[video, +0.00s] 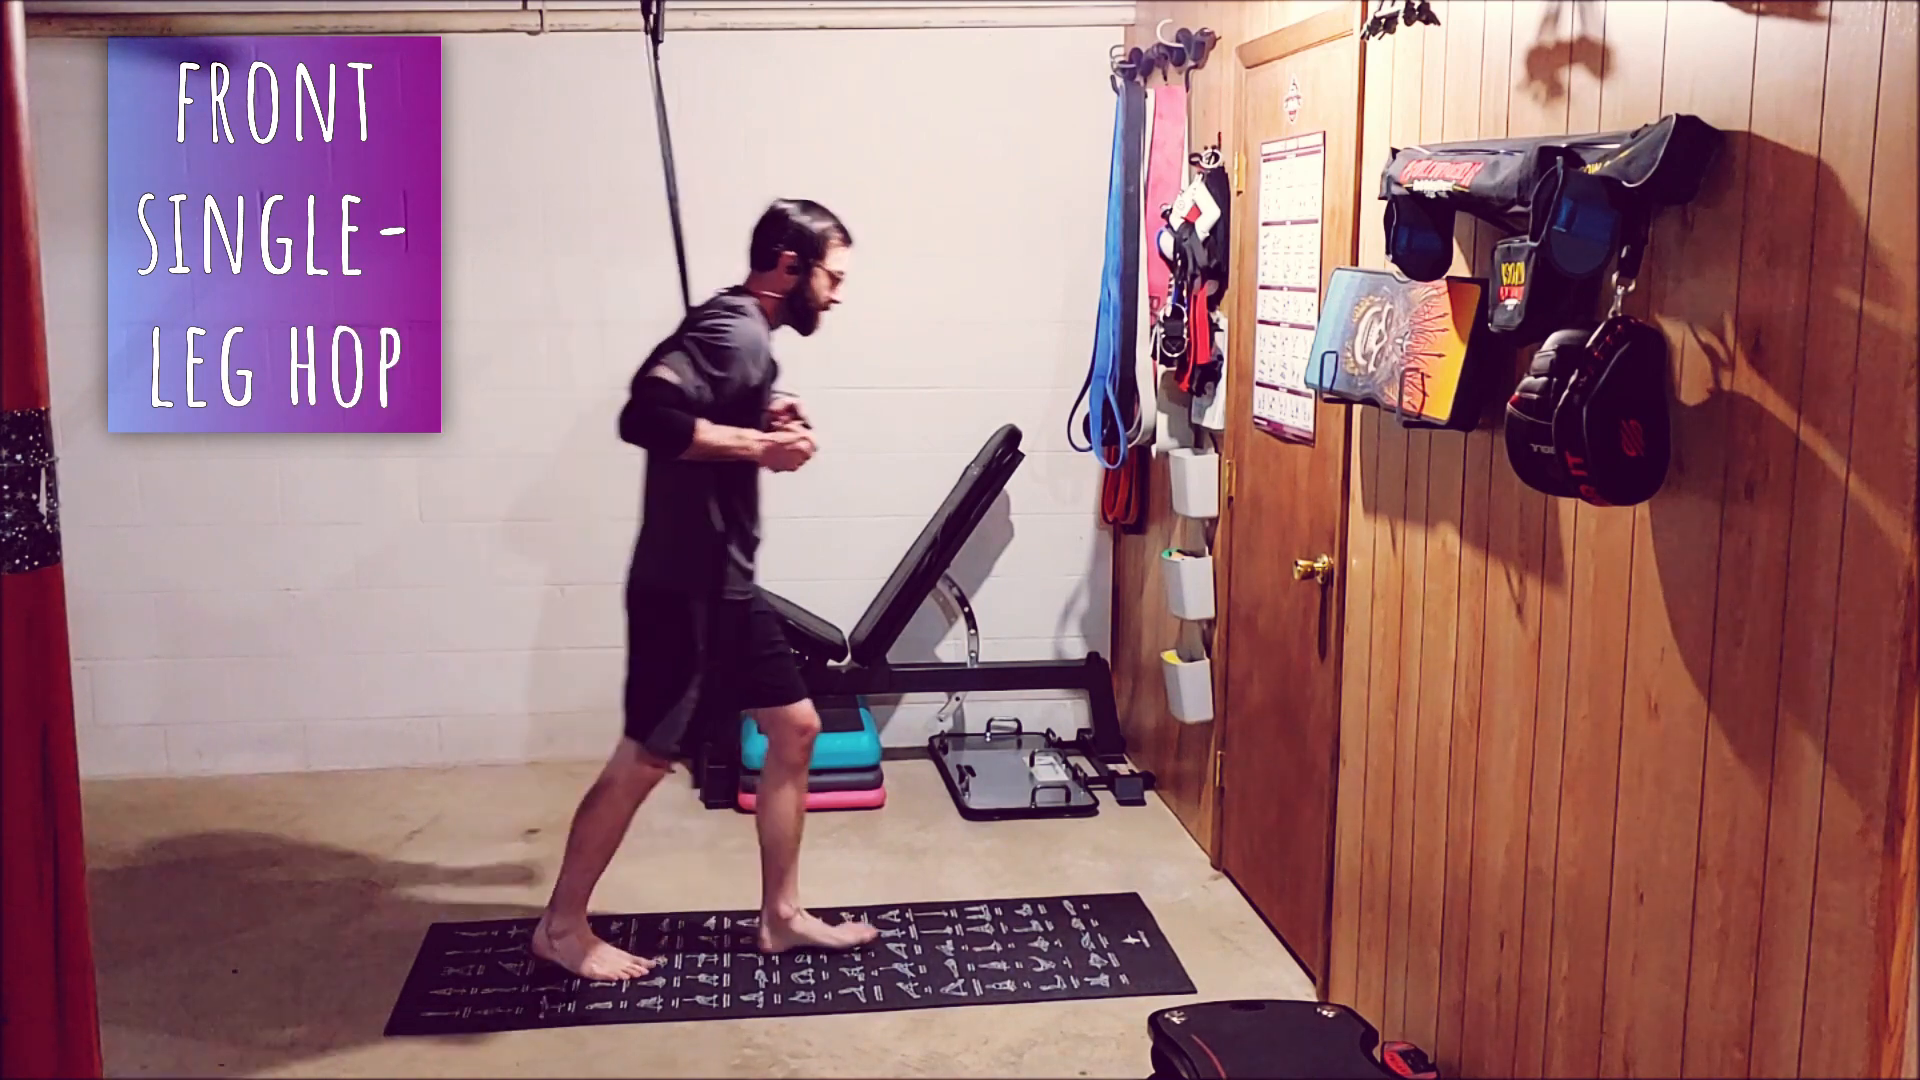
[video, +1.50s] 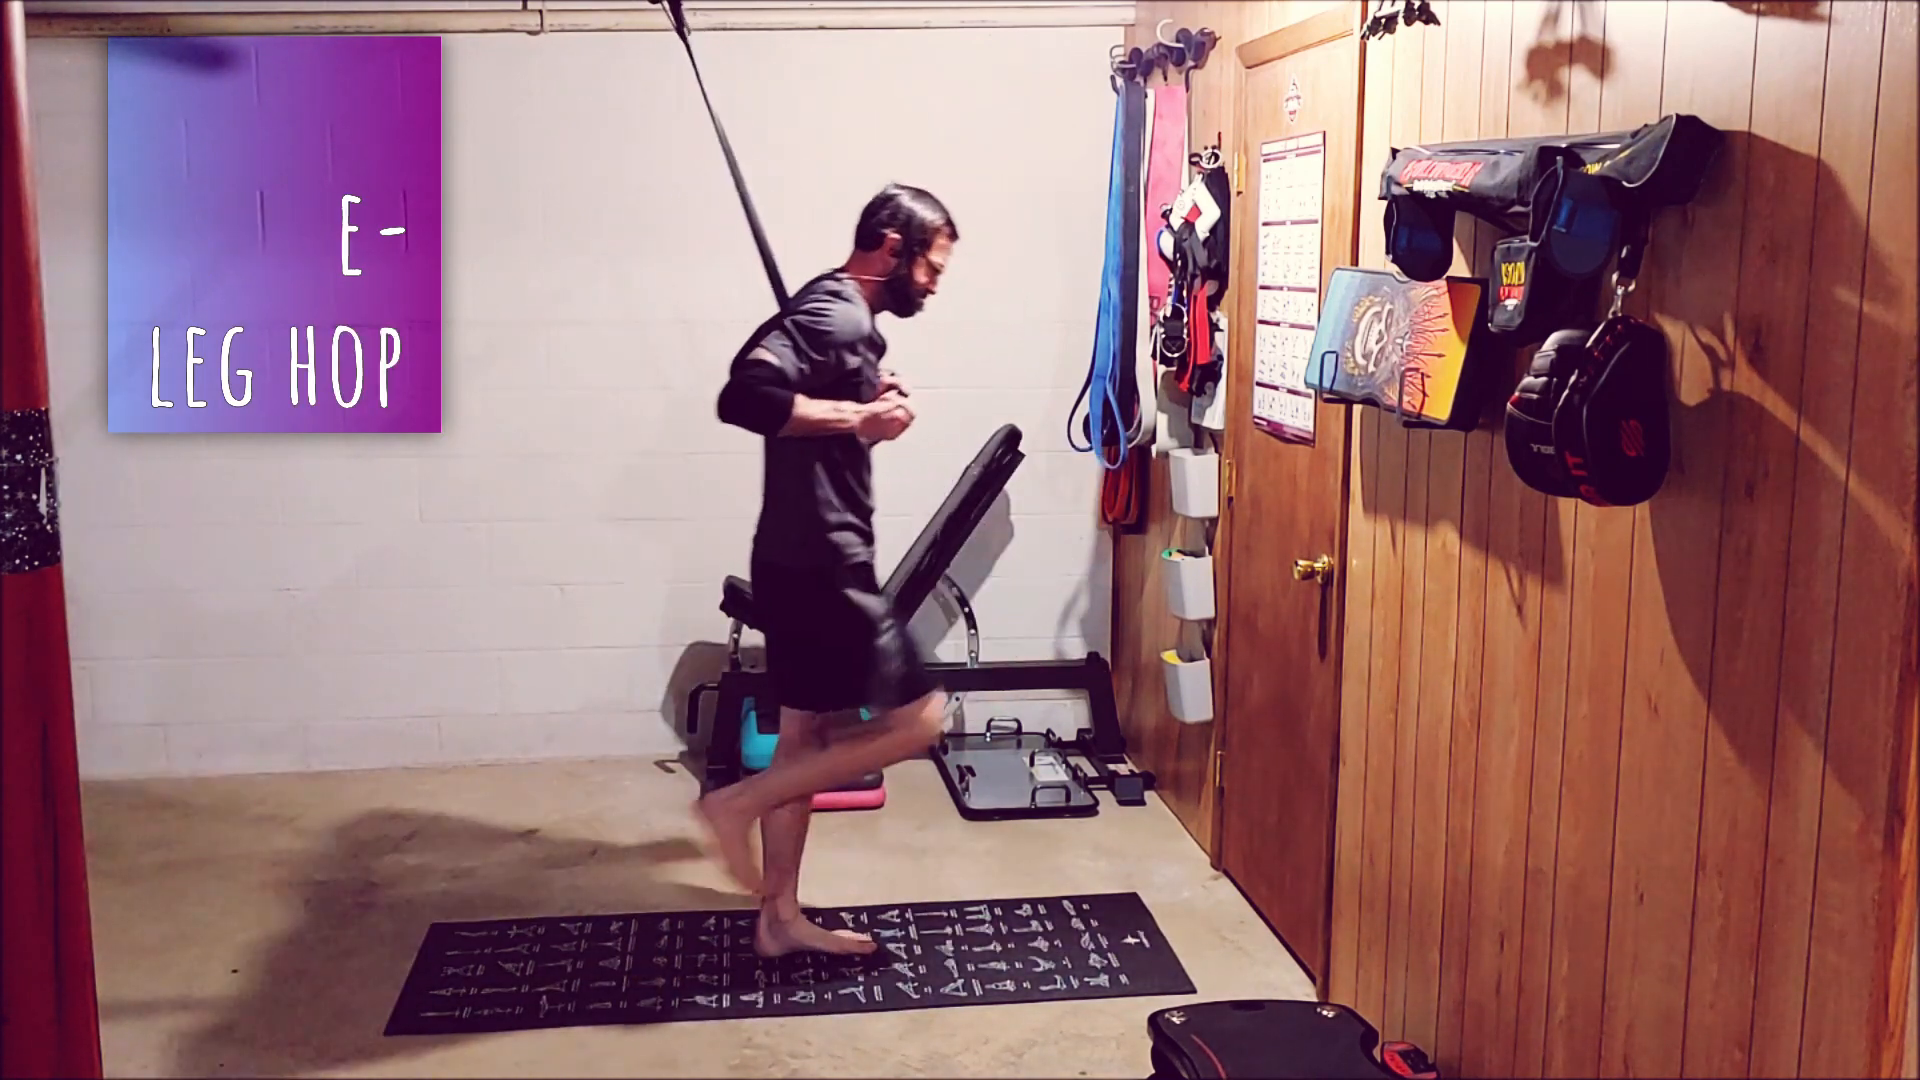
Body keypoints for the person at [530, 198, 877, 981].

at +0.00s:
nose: (837, 295)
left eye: (840, 280)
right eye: (833, 278)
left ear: (785, 267)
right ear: (787, 266)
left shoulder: (750, 331)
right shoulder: (729, 326)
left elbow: (703, 417)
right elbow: (644, 416)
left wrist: (772, 414)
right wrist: (759, 444)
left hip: (727, 581)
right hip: (684, 582)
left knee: (795, 727)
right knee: (645, 757)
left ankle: (784, 914)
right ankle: (561, 928)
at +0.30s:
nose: (957, 279)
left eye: (961, 265)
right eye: (953, 262)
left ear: (907, 252)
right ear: (908, 251)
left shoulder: (875, 316)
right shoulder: (854, 304)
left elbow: (811, 402)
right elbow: (762, 388)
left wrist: (888, 388)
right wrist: (878, 408)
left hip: (844, 561)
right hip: (827, 564)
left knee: (854, 740)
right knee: (931, 723)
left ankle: (789, 914)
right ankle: (744, 793)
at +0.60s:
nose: (1031, 263)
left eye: (1039, 250)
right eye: (1034, 245)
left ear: (984, 210)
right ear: (1001, 215)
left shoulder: (924, 254)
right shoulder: (956, 266)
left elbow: (855, 320)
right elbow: (876, 340)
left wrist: (973, 331)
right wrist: (984, 348)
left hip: (906, 506)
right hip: (945, 497)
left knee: (896, 704)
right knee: (1118, 460)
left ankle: (824, 875)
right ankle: (998, 609)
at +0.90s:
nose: (1040, 277)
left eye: (1048, 265)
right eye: (1044, 259)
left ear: (1002, 224)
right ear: (1012, 226)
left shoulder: (959, 275)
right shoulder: (949, 266)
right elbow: (870, 332)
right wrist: (974, 343)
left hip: (938, 514)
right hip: (973, 502)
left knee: (919, 704)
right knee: (1144, 464)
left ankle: (827, 872)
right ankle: (1029, 623)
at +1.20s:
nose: (998, 281)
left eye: (1005, 268)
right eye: (999, 263)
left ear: (954, 237)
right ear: (961, 236)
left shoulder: (916, 293)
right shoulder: (904, 287)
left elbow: (860, 376)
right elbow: (829, 363)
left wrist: (946, 365)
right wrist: (935, 375)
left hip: (874, 530)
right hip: (908, 522)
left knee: (858, 721)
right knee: (1086, 547)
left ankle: (790, 905)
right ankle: (938, 672)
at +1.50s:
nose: (936, 283)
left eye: (941, 269)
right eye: (933, 265)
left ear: (887, 251)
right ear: (889, 249)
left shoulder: (852, 316)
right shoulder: (829, 307)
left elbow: (795, 407)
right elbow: (745, 396)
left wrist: (870, 397)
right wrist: (858, 417)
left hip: (819, 553)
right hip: (819, 557)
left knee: (803, 733)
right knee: (920, 717)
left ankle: (780, 917)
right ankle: (735, 805)